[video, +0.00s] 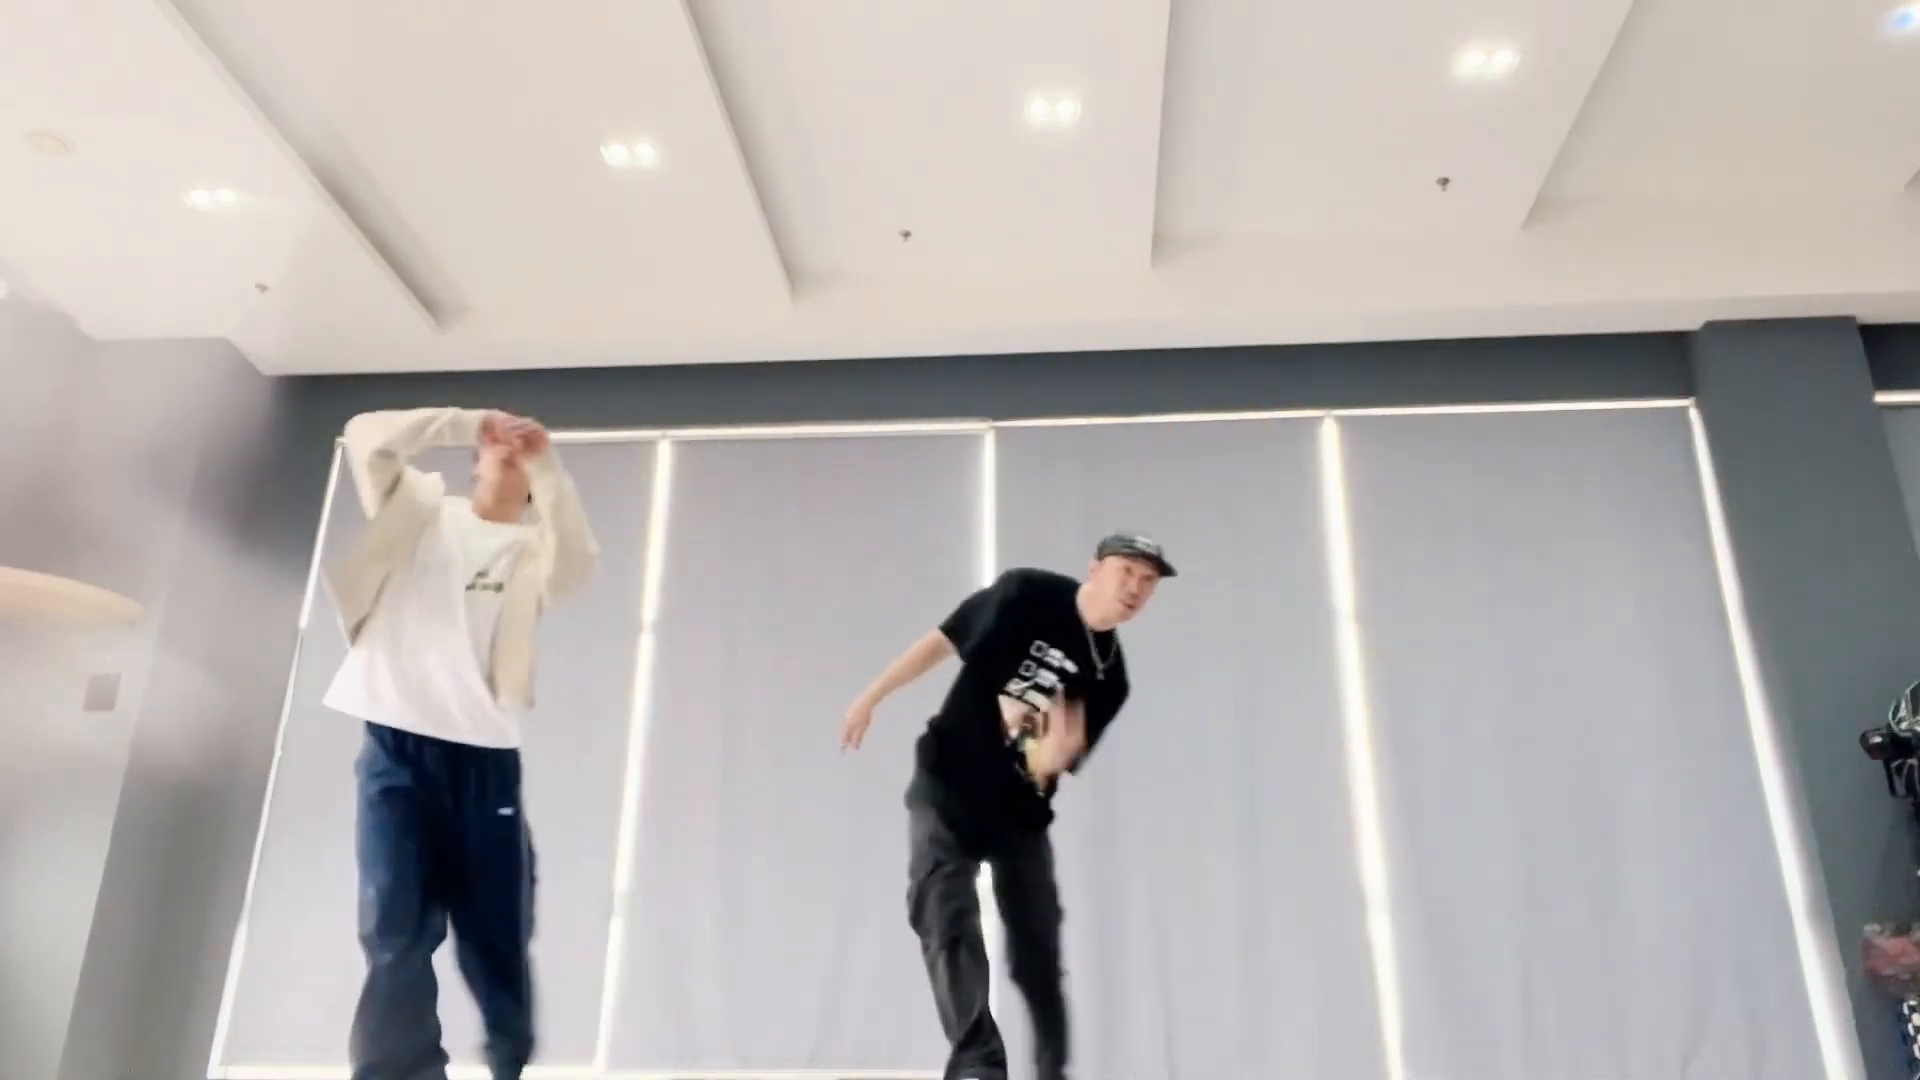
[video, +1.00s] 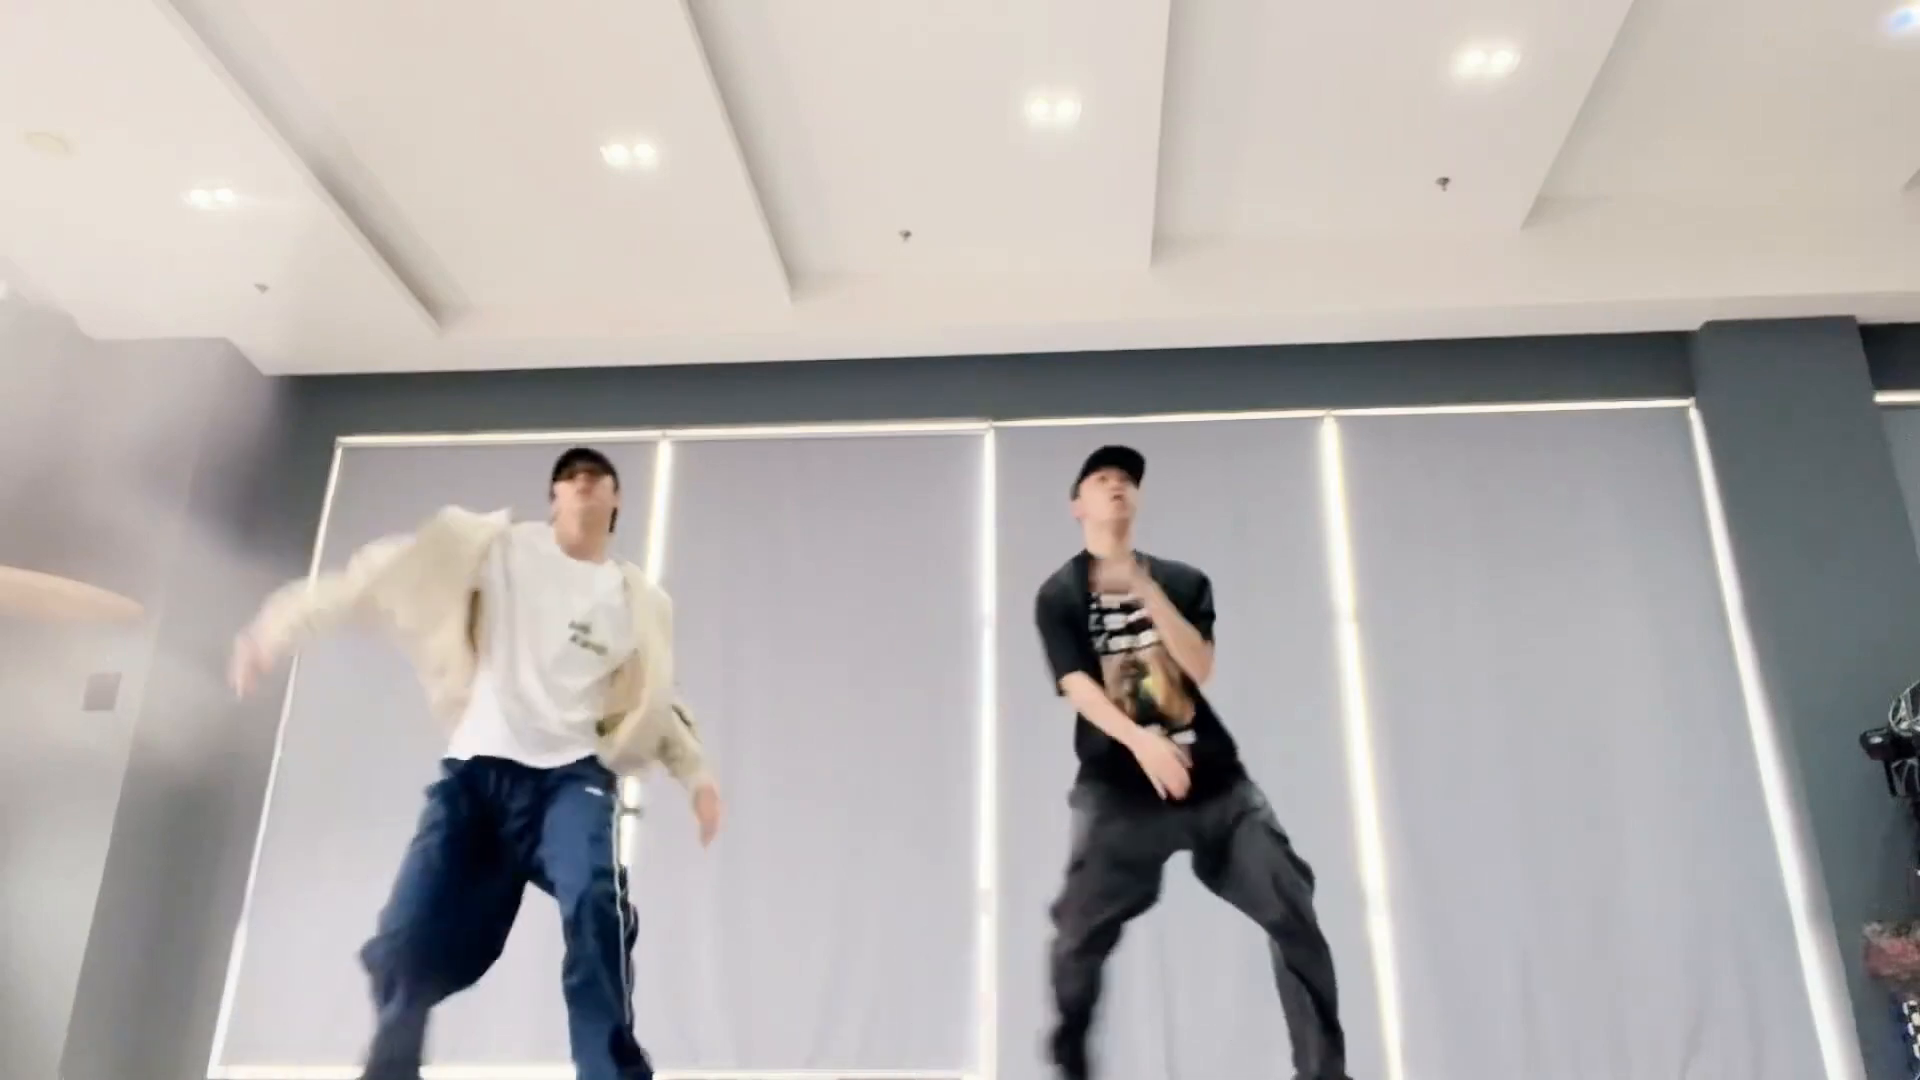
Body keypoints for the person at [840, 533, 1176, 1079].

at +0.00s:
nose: (1136, 591)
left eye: (1148, 584)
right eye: (1128, 574)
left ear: (1151, 595)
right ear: (1095, 568)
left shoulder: (1111, 682)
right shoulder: (1024, 594)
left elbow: (1048, 770)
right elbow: (942, 644)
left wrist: (1048, 757)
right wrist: (870, 698)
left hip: (1020, 804)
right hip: (951, 779)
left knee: (1036, 949)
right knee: (946, 916)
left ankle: (1052, 1069)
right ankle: (977, 1064)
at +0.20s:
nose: (1032, 584)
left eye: (1044, 577)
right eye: (1024, 569)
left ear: (1050, 591)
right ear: (998, 569)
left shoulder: (1036, 655)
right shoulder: (934, 607)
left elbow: (1030, 672)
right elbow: (872, 665)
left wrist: (1063, 615)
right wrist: (835, 737)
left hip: (956, 824)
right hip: (890, 799)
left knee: (895, 948)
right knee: (907, 932)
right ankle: (967, 1067)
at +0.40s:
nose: (946, 585)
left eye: (959, 577)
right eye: (936, 573)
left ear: (971, 592)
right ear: (914, 580)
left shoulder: (984, 683)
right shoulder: (869, 651)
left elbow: (952, 780)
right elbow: (830, 743)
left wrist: (890, 767)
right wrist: (843, 753)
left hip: (925, 831)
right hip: (857, 804)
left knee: (866, 963)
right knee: (843, 880)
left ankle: (769, 1050)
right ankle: (795, 1041)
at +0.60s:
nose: (921, 583)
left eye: (933, 574)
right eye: (909, 575)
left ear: (953, 588)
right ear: (892, 591)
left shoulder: (993, 670)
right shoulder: (870, 663)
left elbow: (1019, 761)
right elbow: (817, 748)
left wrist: (939, 804)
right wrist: (824, 682)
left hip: (972, 852)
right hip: (880, 857)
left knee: (1042, 908)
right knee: (816, 952)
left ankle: (970, 979)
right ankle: (753, 1070)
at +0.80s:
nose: (1029, 534)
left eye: (1039, 525)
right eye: (1016, 526)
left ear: (1057, 538)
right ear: (998, 544)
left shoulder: (1100, 614)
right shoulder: (978, 621)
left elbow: (1137, 708)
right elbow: (925, 665)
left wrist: (1079, 735)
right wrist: (866, 603)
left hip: (1116, 831)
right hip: (1017, 834)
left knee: (1211, 923)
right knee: (927, 934)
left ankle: (1297, 1067)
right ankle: (832, 1051)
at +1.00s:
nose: (1116, 492)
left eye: (1125, 485)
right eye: (1102, 485)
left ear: (1139, 505)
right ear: (1077, 507)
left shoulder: (1182, 582)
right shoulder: (1059, 596)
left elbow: (1200, 669)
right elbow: (1075, 686)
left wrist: (1148, 593)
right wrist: (1143, 743)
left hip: (1208, 775)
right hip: (1115, 783)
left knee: (1289, 901)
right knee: (1082, 922)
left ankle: (1324, 1069)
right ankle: (1069, 1060)